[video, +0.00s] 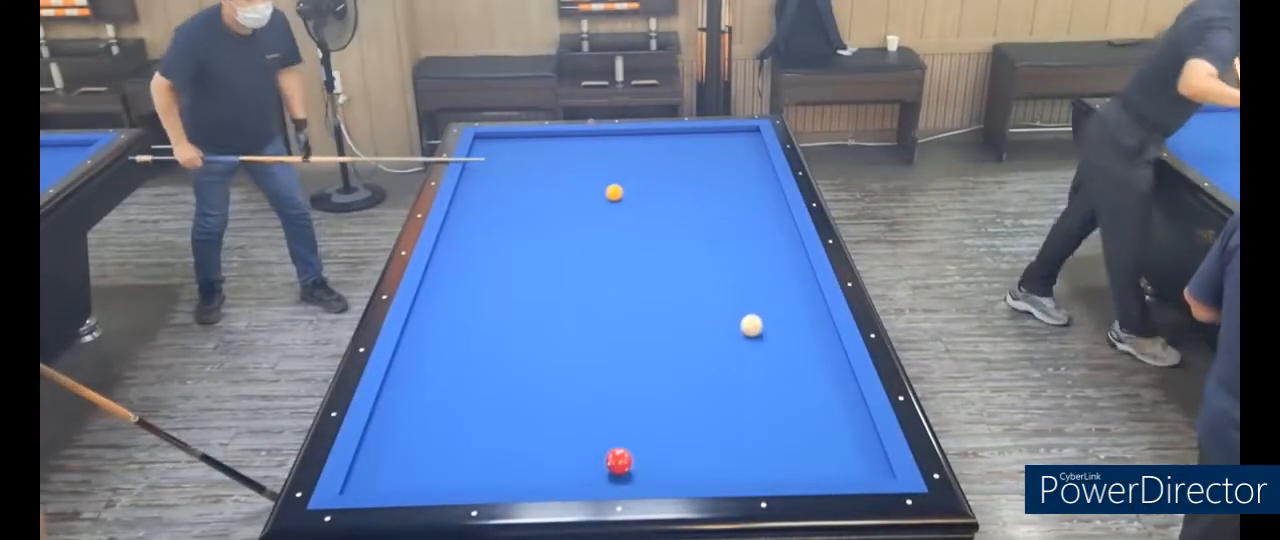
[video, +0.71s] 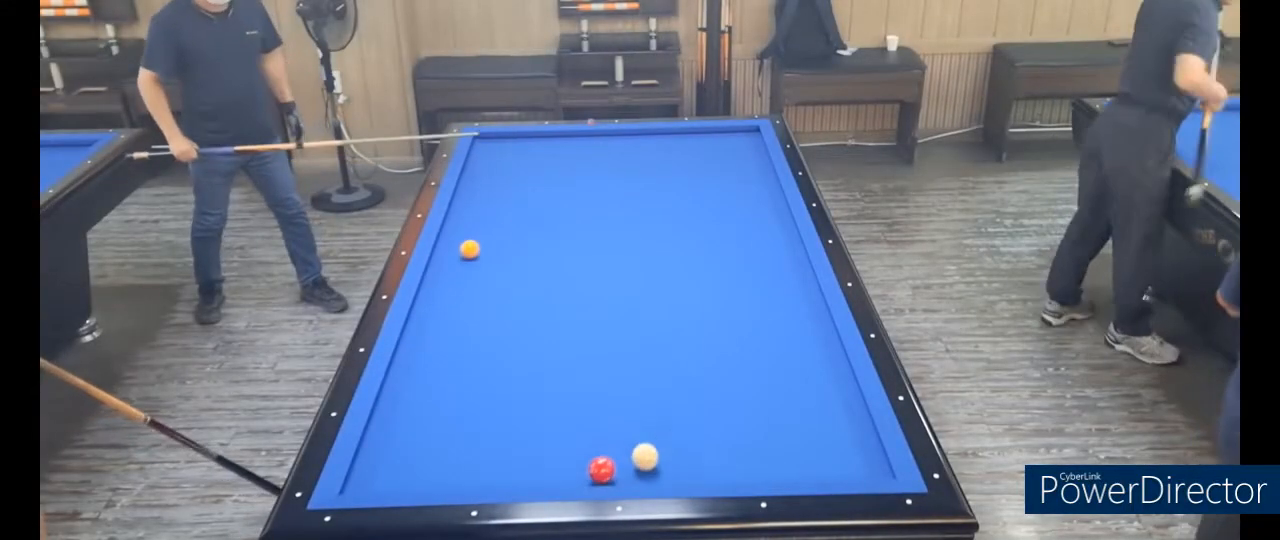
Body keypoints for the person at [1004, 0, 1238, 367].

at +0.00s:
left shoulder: (1214, 9)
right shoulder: (1222, 26)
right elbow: (1193, 84)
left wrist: (1230, 79)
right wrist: (1239, 97)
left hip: (1116, 127)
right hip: (1126, 142)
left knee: (1079, 217)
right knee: (1125, 240)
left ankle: (1032, 288)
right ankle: (1132, 329)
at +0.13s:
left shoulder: (1200, 4)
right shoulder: (1236, 26)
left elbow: (1147, 22)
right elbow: (1238, 97)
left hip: (1122, 120)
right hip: (1152, 139)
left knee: (1084, 218)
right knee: (1142, 242)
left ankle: (1035, 287)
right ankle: (1130, 328)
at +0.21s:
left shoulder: (1205, 5)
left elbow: (1140, 18)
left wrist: (1169, 5)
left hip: (1126, 117)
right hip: (1160, 137)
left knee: (1088, 212)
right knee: (1139, 240)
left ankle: (1042, 284)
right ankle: (1129, 329)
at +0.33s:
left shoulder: (1203, 5)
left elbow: (1131, 17)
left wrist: (1131, 3)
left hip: (1127, 117)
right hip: (1165, 137)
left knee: (1092, 212)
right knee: (1138, 238)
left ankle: (1051, 298)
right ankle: (1130, 330)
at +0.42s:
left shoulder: (1199, 4)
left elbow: (1128, 23)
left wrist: (1137, 7)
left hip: (1123, 119)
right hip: (1163, 139)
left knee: (1087, 220)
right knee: (1137, 239)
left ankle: (1058, 300)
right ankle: (1131, 330)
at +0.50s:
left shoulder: (1179, 3)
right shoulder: (1236, 24)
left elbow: (1124, 34)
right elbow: (1236, 94)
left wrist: (1161, 29)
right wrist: (1224, 94)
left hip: (1120, 120)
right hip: (1158, 136)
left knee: (1088, 219)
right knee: (1137, 237)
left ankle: (1059, 301)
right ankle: (1130, 329)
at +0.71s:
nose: (1232, 3)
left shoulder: (1156, 4)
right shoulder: (1201, 10)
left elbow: (1149, 59)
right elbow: (1187, 76)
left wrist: (1197, 90)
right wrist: (1216, 92)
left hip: (1113, 116)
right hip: (1146, 129)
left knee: (1091, 219)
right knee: (1138, 231)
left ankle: (1059, 301)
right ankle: (1129, 328)